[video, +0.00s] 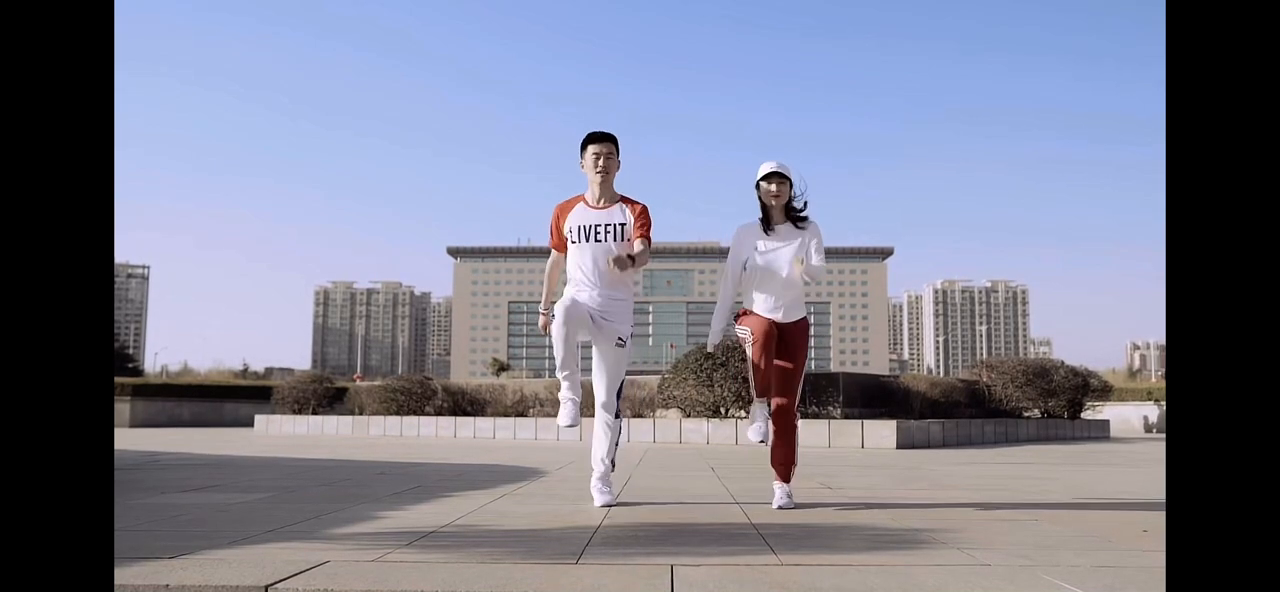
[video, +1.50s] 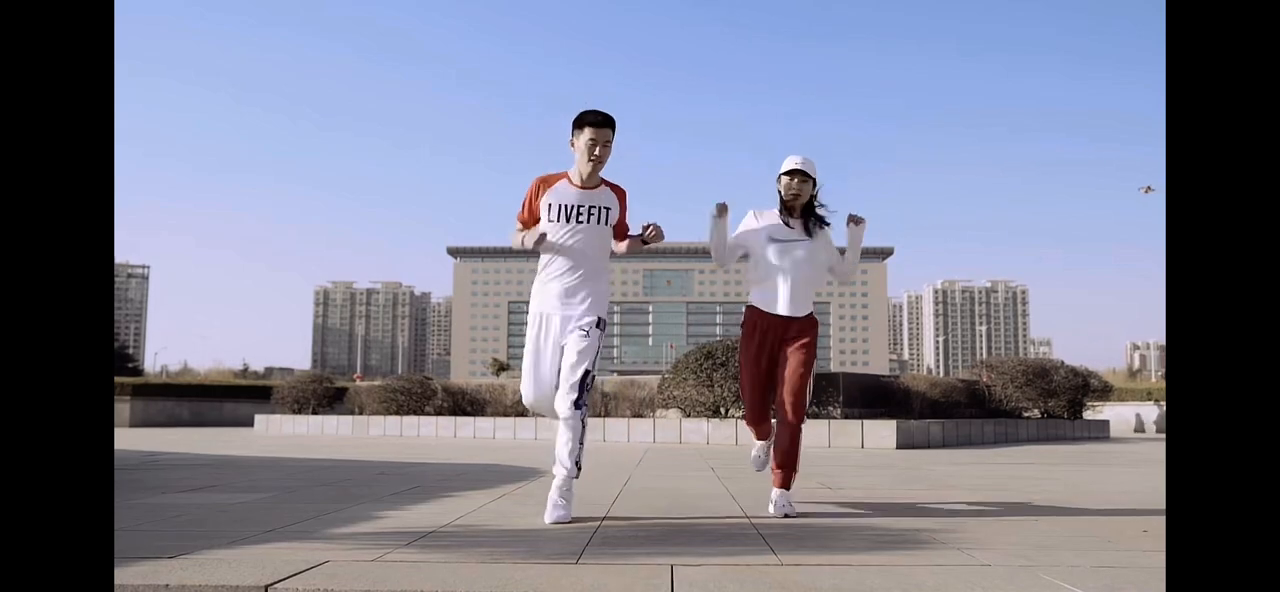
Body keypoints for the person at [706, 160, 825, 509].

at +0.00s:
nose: (775, 187)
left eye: (781, 182)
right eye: (768, 183)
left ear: (790, 188)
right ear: (758, 190)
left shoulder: (807, 229)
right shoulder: (745, 233)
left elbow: (817, 272)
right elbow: (728, 284)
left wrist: (805, 264)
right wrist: (717, 330)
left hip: (794, 320)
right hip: (755, 315)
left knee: (783, 406)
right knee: (763, 329)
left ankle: (782, 483)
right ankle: (760, 407)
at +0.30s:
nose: (774, 188)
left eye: (780, 183)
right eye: (767, 184)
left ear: (788, 190)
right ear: (757, 191)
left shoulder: (807, 231)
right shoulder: (745, 236)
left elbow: (819, 272)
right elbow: (730, 281)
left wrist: (820, 290)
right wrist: (717, 319)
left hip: (796, 327)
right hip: (756, 328)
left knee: (790, 405)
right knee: (763, 400)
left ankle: (787, 477)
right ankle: (770, 481)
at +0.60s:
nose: (778, 176)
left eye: (784, 172)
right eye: (771, 171)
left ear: (792, 180)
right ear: (761, 177)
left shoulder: (804, 220)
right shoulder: (742, 219)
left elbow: (814, 267)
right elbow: (728, 263)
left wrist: (820, 302)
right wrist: (743, 288)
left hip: (795, 307)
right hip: (754, 311)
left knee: (775, 338)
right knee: (758, 399)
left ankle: (778, 419)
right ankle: (763, 480)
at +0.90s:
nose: (782, 191)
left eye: (788, 186)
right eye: (775, 186)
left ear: (798, 193)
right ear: (766, 192)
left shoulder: (811, 239)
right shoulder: (747, 232)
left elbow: (818, 284)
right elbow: (730, 278)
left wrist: (821, 322)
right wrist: (711, 314)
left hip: (794, 333)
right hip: (754, 332)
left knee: (782, 409)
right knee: (758, 412)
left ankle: (782, 486)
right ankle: (770, 481)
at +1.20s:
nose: (785, 179)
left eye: (792, 173)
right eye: (779, 173)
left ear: (803, 178)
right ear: (770, 177)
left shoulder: (818, 220)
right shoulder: (753, 218)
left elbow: (845, 264)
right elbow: (728, 263)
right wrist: (741, 246)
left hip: (798, 310)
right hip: (758, 303)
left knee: (790, 399)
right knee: (761, 324)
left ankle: (790, 481)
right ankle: (757, 404)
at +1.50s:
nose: (794, 185)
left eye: (802, 179)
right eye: (788, 178)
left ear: (813, 188)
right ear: (778, 184)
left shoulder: (819, 232)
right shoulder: (758, 220)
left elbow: (843, 274)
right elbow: (722, 258)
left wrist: (854, 238)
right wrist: (719, 222)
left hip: (801, 325)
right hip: (759, 321)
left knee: (792, 408)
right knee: (754, 407)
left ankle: (781, 490)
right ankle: (764, 438)